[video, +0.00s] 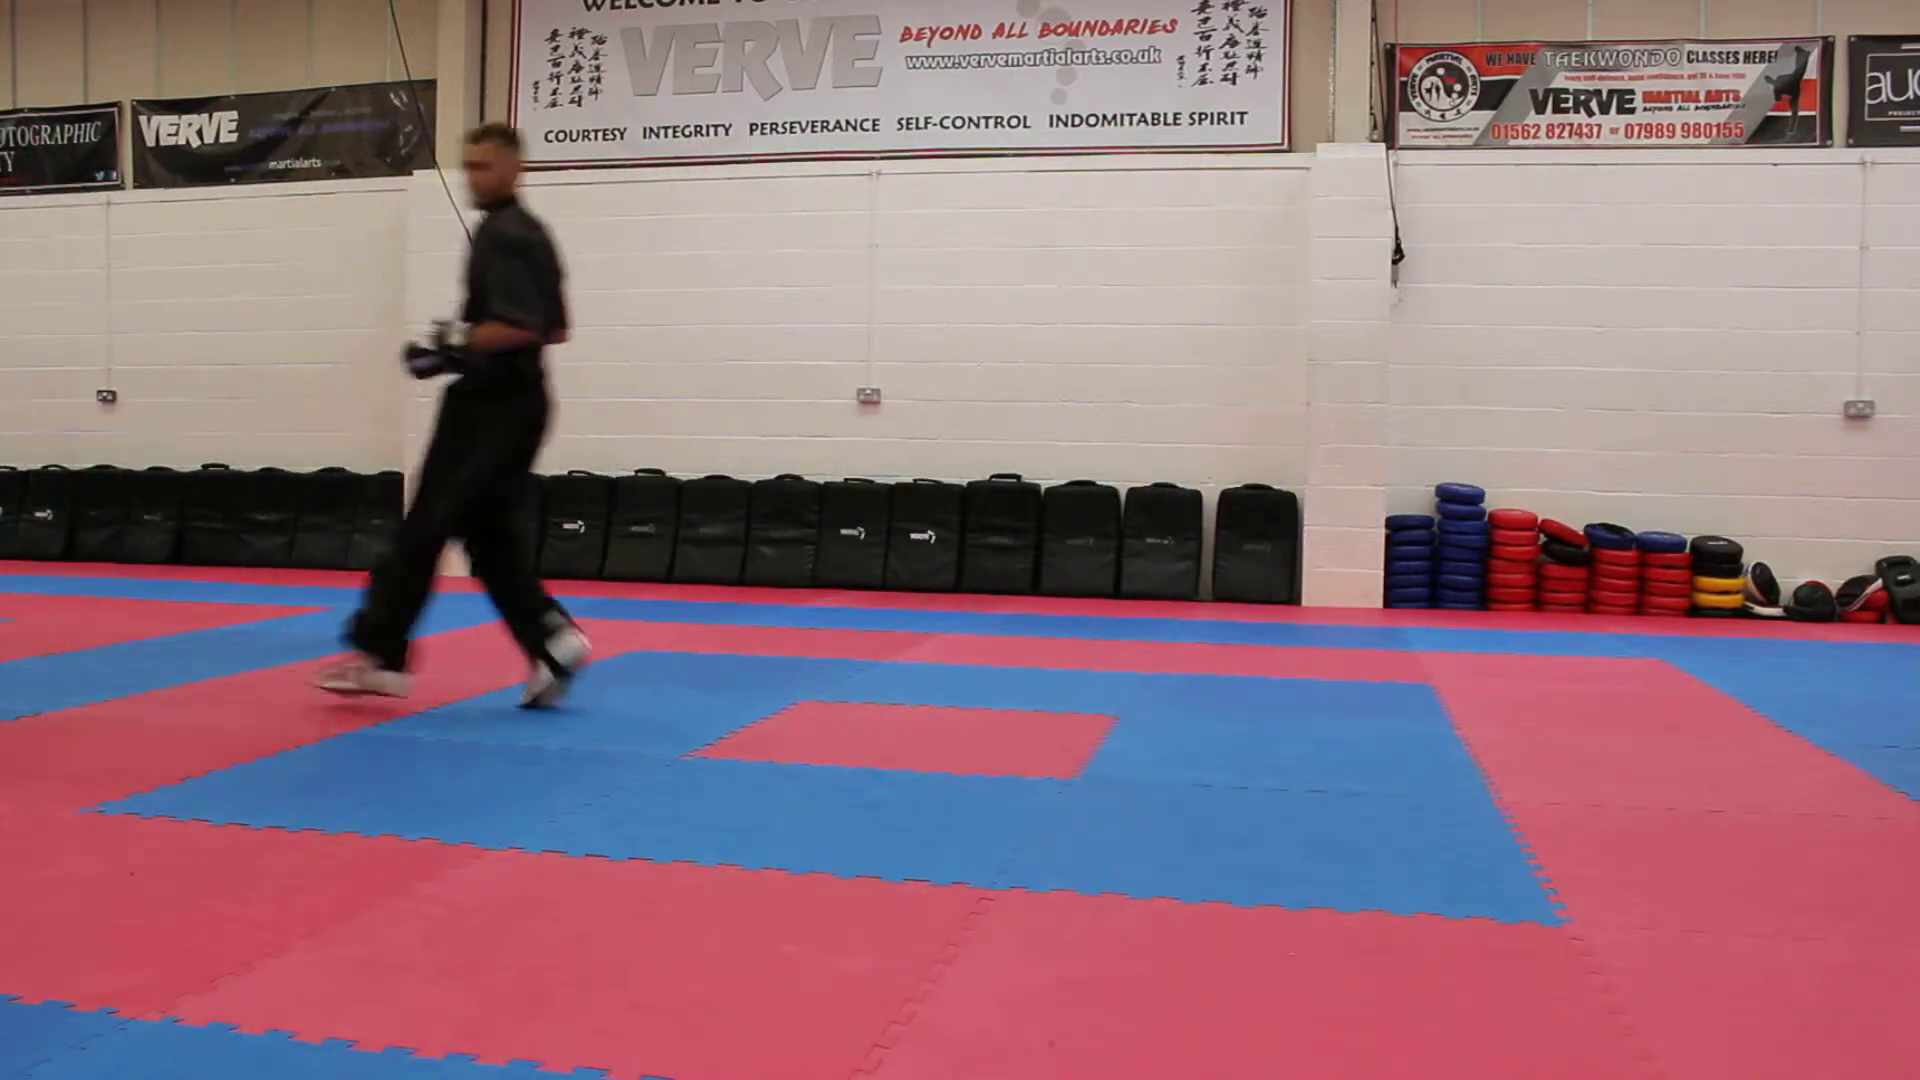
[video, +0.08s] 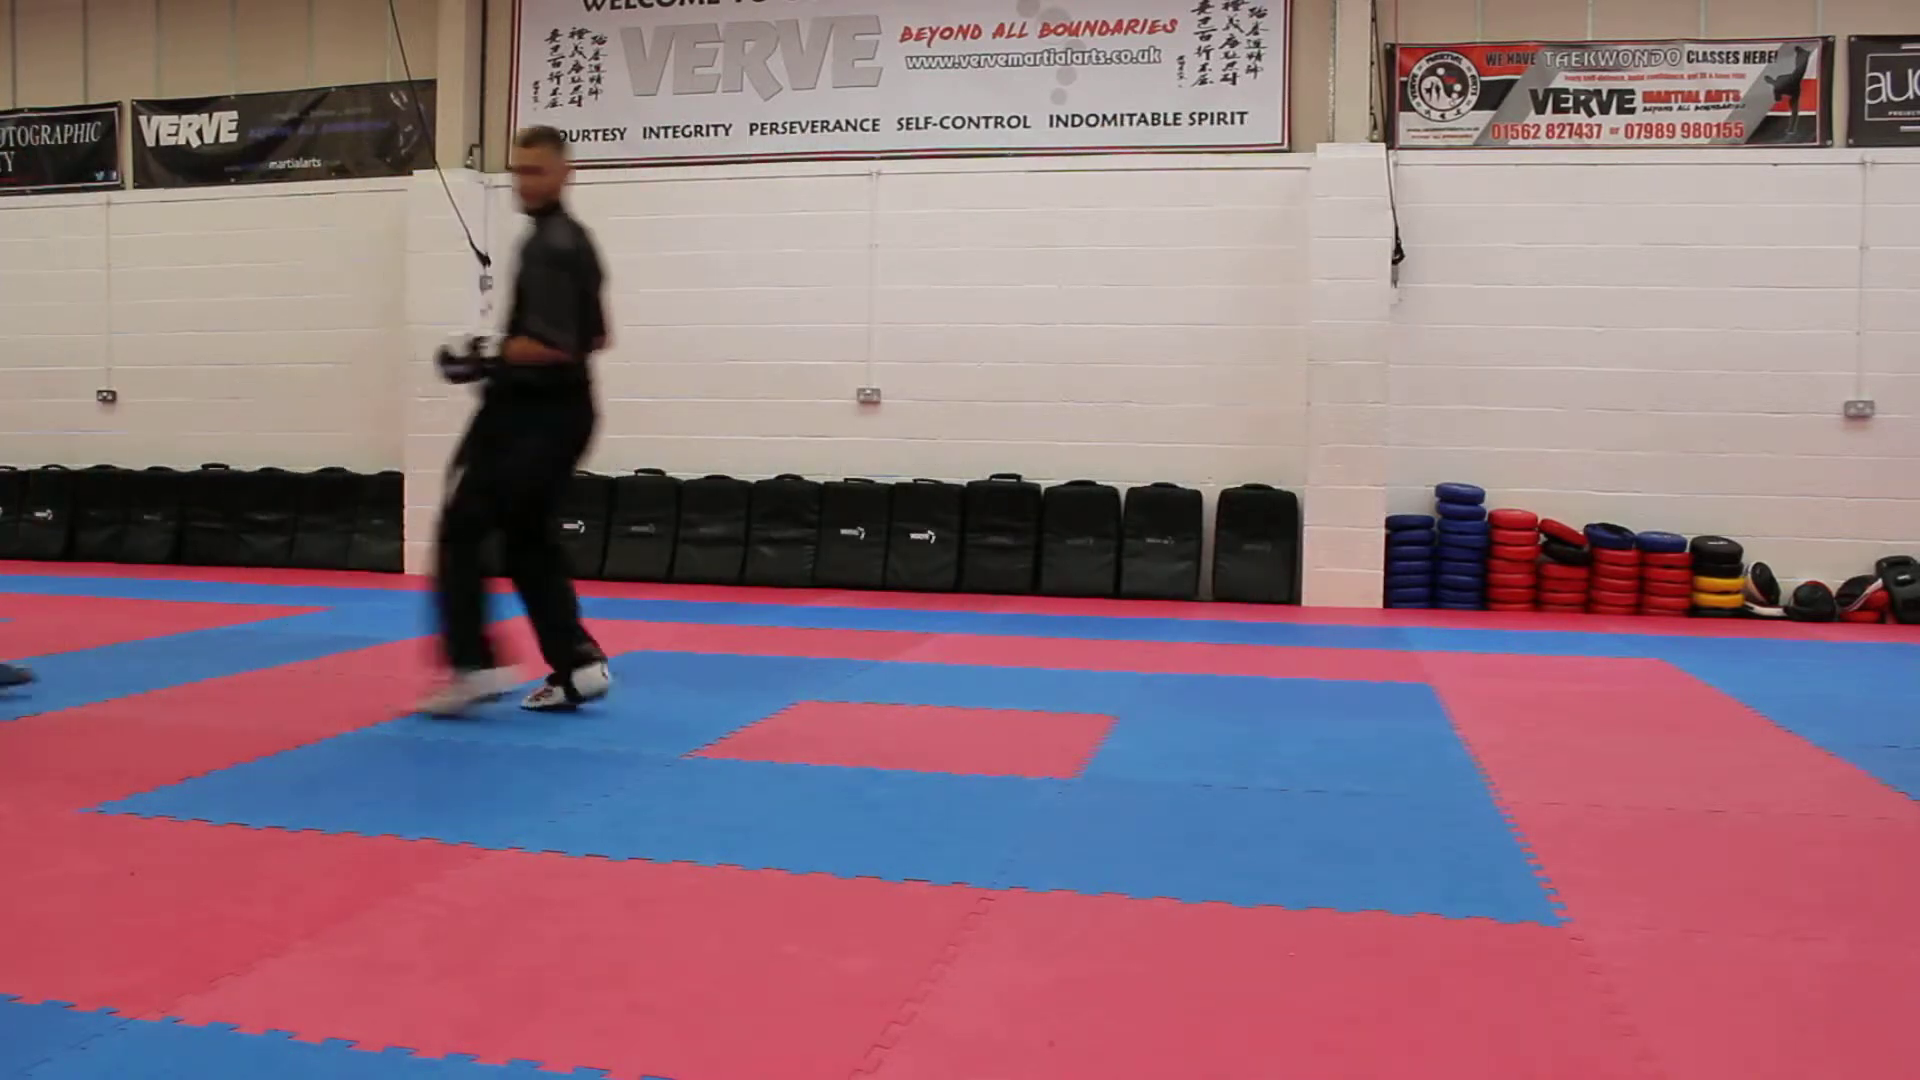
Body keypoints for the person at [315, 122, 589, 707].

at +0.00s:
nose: (471, 176)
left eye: (482, 166)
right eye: (468, 166)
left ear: (513, 168)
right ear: (477, 169)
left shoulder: (504, 235)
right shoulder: (523, 232)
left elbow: (523, 326)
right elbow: (554, 326)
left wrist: (455, 348)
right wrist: (470, 338)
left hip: (490, 403)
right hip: (516, 401)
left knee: (428, 522)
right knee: (488, 530)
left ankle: (381, 656)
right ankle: (551, 641)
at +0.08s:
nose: (523, 182)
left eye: (535, 171)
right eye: (518, 171)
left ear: (564, 172)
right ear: (514, 172)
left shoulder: (550, 245)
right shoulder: (569, 240)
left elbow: (549, 344)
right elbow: (594, 335)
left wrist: (483, 357)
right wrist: (507, 346)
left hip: (527, 411)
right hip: (560, 409)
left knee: (462, 527)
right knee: (527, 533)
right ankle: (578, 662)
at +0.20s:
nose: (597, 170)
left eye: (608, 159)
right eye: (590, 160)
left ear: (631, 161)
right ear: (585, 165)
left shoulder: (616, 230)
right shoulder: (640, 227)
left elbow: (610, 331)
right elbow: (690, 311)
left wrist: (558, 319)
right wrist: (636, 349)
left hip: (609, 404)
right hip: (632, 403)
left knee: (566, 535)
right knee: (579, 536)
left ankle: (646, 646)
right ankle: (583, 675)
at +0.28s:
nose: (644, 157)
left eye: (655, 145)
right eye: (637, 146)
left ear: (680, 148)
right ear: (634, 151)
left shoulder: (661, 219)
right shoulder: (700, 214)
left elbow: (658, 322)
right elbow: (752, 298)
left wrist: (608, 317)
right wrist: (691, 332)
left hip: (666, 390)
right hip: (687, 387)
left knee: (644, 526)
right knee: (636, 523)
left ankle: (740, 653)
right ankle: (593, 661)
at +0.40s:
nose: (717, 170)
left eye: (729, 158)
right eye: (710, 159)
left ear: (757, 161)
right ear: (705, 164)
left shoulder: (759, 239)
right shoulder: (759, 233)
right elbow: (815, 330)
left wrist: (704, 367)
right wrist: (735, 353)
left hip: (764, 420)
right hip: (748, 416)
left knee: (750, 547)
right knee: (697, 533)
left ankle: (822, 693)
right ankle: (721, 664)